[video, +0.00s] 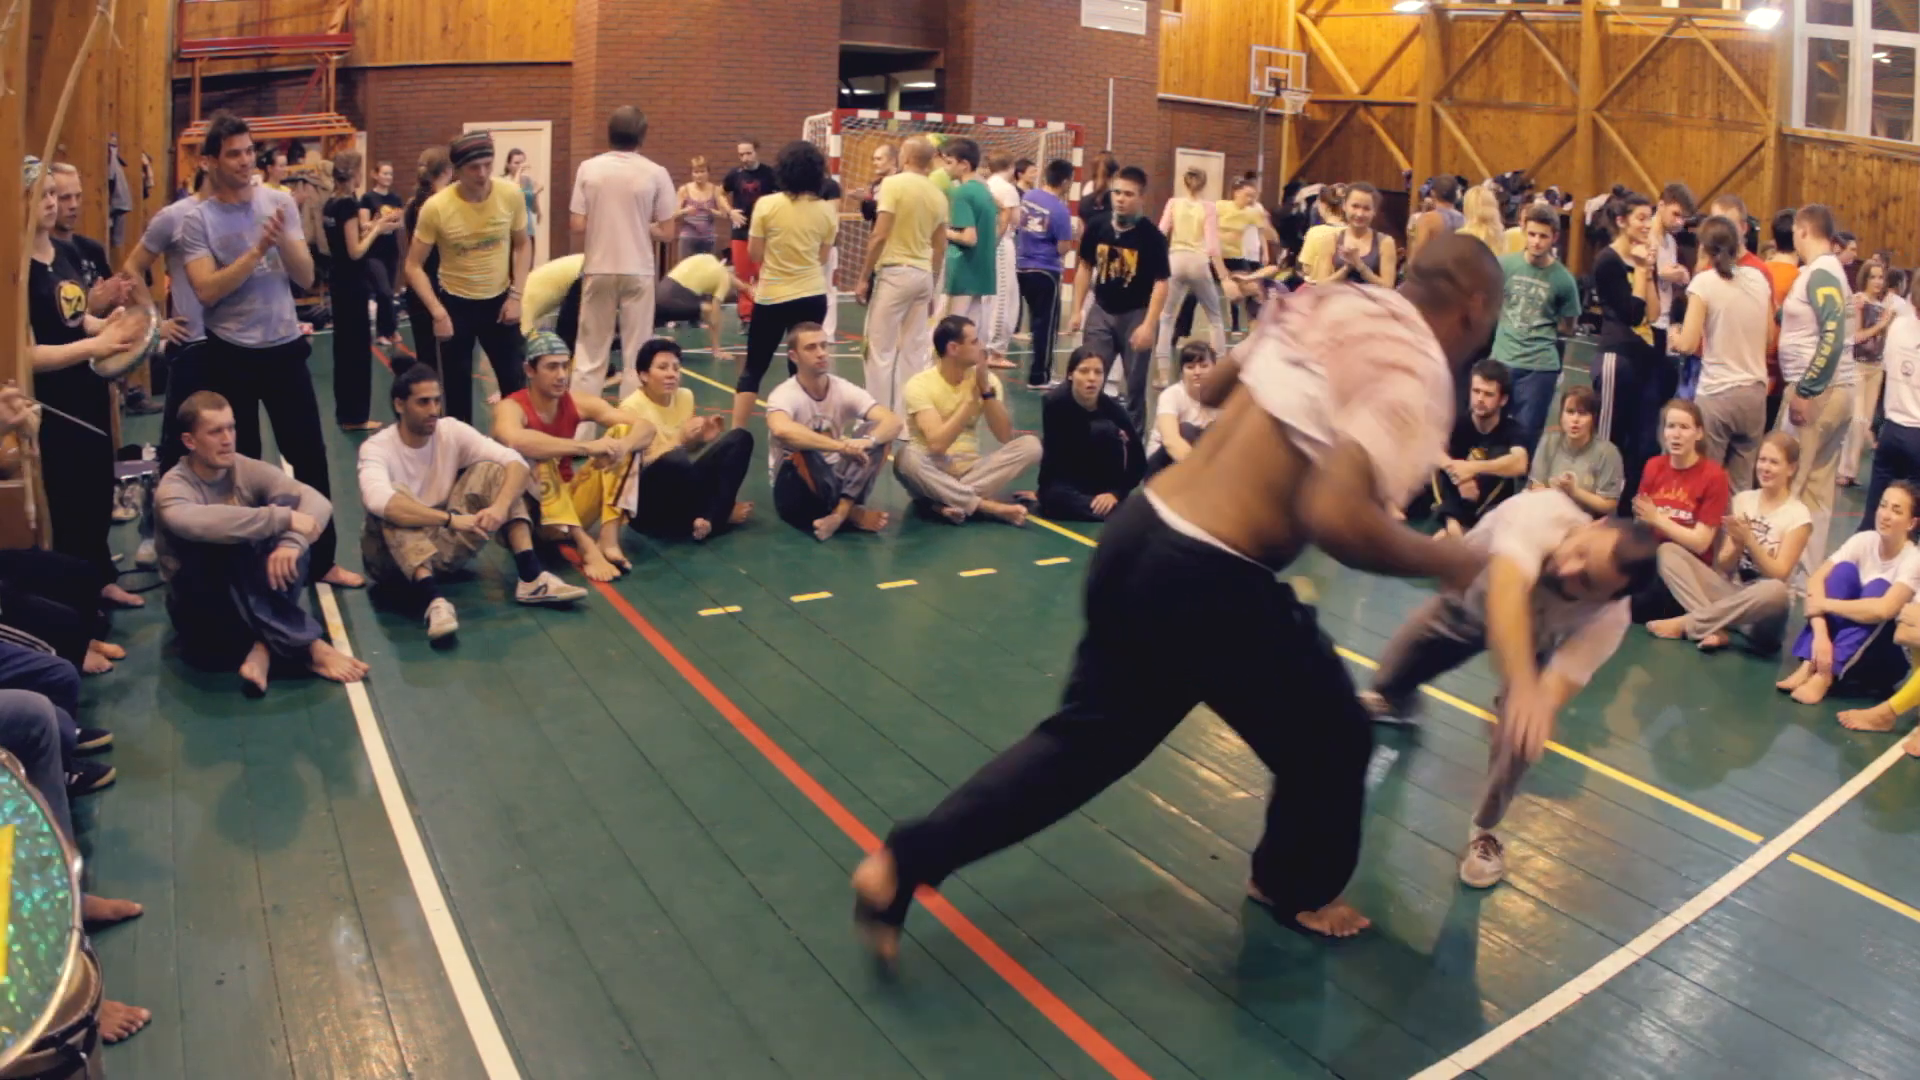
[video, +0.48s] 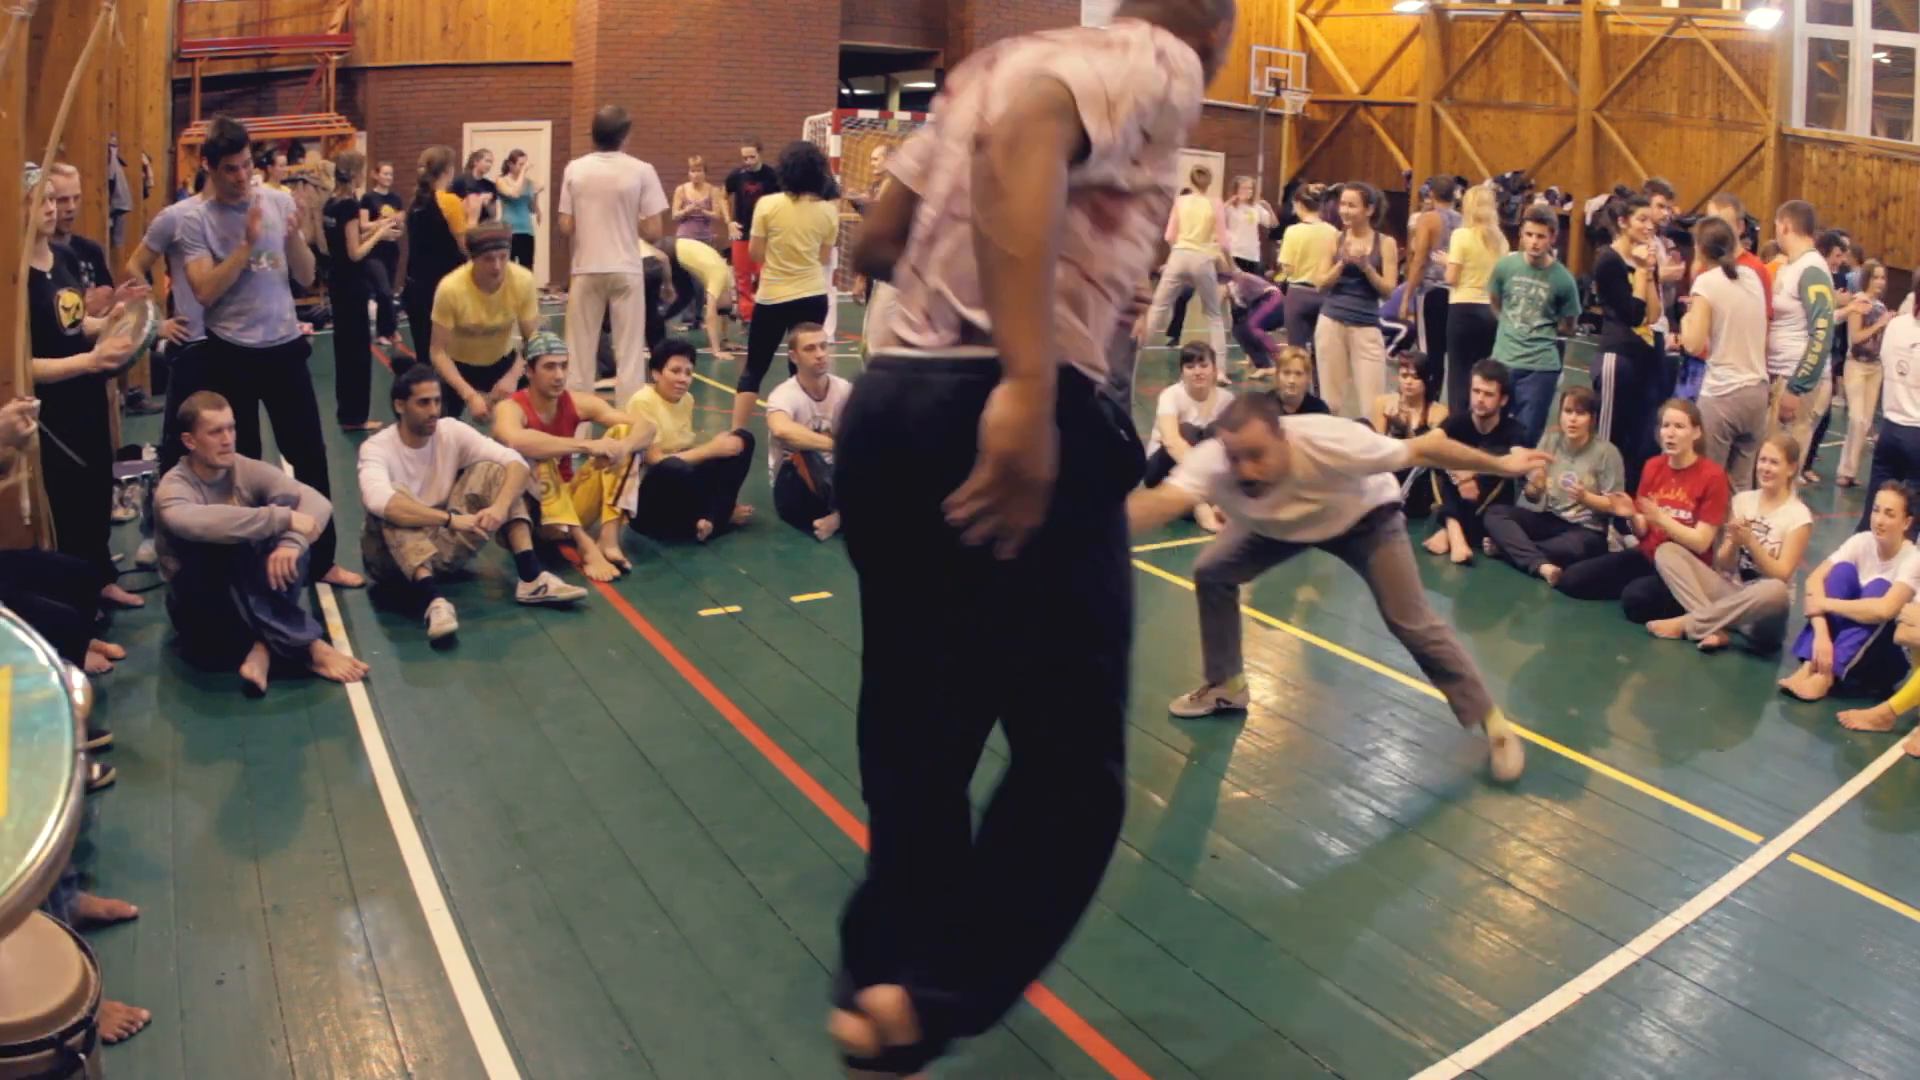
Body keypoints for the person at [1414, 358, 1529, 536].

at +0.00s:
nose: (1480, 400)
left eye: (1488, 394)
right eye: (1476, 392)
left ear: (1503, 400)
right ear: (1469, 393)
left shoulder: (1512, 430)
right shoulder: (1456, 426)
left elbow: (1519, 464)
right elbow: (1434, 451)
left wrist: (1471, 467)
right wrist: (1461, 476)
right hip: (1456, 498)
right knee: (1437, 468)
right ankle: (1452, 523)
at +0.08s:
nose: (1480, 400)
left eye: (1488, 395)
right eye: (1476, 392)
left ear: (1502, 400)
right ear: (1469, 392)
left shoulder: (1511, 429)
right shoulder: (1459, 421)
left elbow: (1519, 464)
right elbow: (1426, 444)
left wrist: (1472, 468)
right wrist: (1458, 476)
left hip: (1495, 511)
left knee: (1501, 455)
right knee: (1438, 455)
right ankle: (1448, 512)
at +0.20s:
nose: (1480, 400)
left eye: (1488, 394)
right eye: (1476, 392)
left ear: (1503, 400)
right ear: (1469, 393)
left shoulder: (1512, 430)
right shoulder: (1457, 422)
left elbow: (1519, 465)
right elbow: (1425, 444)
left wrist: (1472, 468)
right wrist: (1458, 473)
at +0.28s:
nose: (1480, 399)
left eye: (1488, 394)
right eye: (1476, 392)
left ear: (1503, 400)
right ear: (1469, 392)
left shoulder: (1511, 429)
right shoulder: (1457, 423)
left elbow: (1519, 464)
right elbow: (1426, 443)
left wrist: (1472, 468)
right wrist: (1459, 476)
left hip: (1496, 508)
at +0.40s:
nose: (1480, 400)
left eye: (1488, 394)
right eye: (1476, 392)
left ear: (1503, 400)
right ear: (1469, 392)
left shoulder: (1512, 429)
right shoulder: (1459, 420)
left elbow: (1519, 469)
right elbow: (1426, 443)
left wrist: (1480, 483)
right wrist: (1460, 478)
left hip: (1493, 500)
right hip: (1456, 498)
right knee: (1441, 465)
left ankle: (1449, 528)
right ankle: (1454, 530)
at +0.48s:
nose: (1480, 400)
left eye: (1488, 395)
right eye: (1476, 392)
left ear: (1503, 400)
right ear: (1469, 392)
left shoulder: (1513, 430)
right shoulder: (1456, 422)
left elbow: (1517, 464)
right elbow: (1429, 444)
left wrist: (1477, 479)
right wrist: (1459, 476)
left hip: (1492, 500)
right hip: (1455, 495)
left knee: (1503, 476)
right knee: (1437, 465)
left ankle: (1449, 528)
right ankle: (1455, 529)